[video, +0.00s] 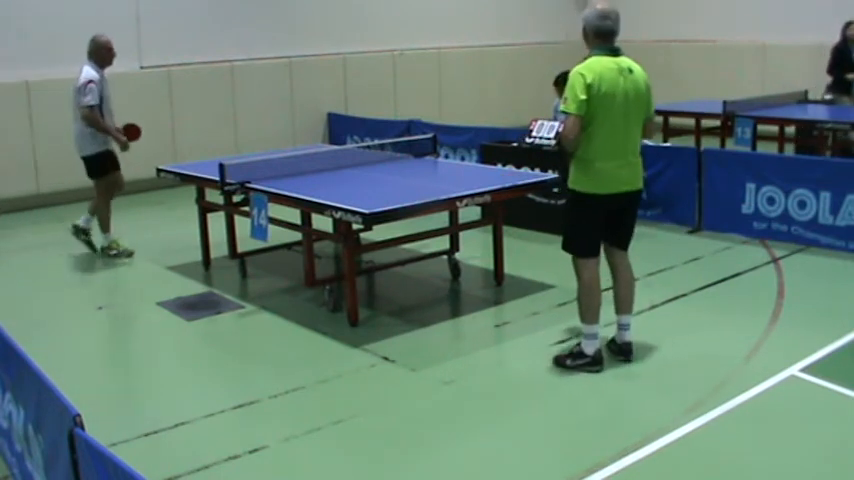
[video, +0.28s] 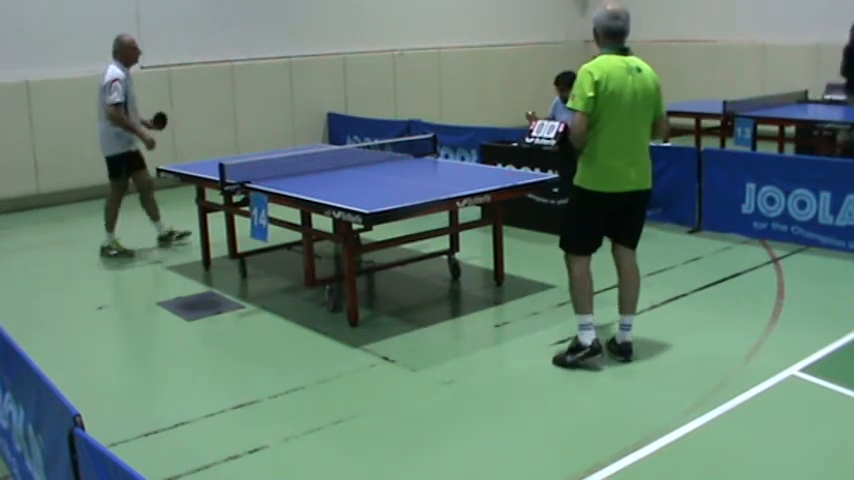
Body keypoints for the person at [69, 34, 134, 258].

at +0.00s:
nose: (113, 54)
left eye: (112, 50)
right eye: (109, 50)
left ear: (100, 53)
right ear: (97, 53)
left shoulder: (97, 75)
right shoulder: (90, 79)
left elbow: (99, 113)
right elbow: (89, 114)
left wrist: (117, 130)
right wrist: (116, 136)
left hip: (99, 143)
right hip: (92, 145)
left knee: (114, 184)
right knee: (105, 189)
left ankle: (84, 224)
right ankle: (108, 241)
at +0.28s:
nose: (138, 52)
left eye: (137, 48)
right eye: (134, 49)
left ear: (124, 52)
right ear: (122, 52)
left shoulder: (123, 74)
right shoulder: (115, 78)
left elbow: (125, 111)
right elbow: (114, 113)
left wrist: (145, 123)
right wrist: (142, 135)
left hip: (126, 143)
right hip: (117, 146)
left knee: (146, 185)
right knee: (117, 191)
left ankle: (162, 232)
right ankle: (109, 242)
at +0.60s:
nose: (171, 48)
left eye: (170, 44)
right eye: (166, 45)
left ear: (158, 48)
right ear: (155, 48)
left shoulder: (157, 70)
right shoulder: (146, 72)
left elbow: (162, 105)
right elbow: (139, 106)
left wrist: (180, 121)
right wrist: (159, 136)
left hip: (161, 140)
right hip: (150, 142)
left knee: (166, 186)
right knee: (163, 185)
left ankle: (175, 232)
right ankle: (129, 226)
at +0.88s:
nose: (193, 46)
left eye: (192, 42)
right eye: (189, 43)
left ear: (179, 46)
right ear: (177, 46)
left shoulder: (178, 68)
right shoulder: (170, 69)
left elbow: (180, 102)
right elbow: (162, 103)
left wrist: (199, 115)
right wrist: (183, 128)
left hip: (179, 135)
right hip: (174, 137)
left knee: (177, 182)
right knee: (194, 181)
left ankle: (175, 230)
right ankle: (199, 232)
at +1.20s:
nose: (221, 49)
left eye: (220, 45)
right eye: (218, 45)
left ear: (201, 47)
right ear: (209, 47)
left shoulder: (190, 66)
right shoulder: (203, 72)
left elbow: (193, 105)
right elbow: (200, 106)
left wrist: (219, 121)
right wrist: (221, 128)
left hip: (188, 139)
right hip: (203, 140)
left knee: (187, 183)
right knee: (218, 188)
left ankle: (179, 229)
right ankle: (227, 231)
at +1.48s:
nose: (247, 51)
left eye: (246, 47)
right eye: (244, 47)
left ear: (227, 47)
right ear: (233, 48)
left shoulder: (209, 62)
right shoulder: (227, 72)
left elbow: (209, 101)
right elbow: (233, 106)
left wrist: (227, 122)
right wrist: (263, 122)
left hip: (197, 135)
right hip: (215, 138)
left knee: (201, 182)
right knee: (222, 187)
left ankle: (185, 223)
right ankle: (227, 231)